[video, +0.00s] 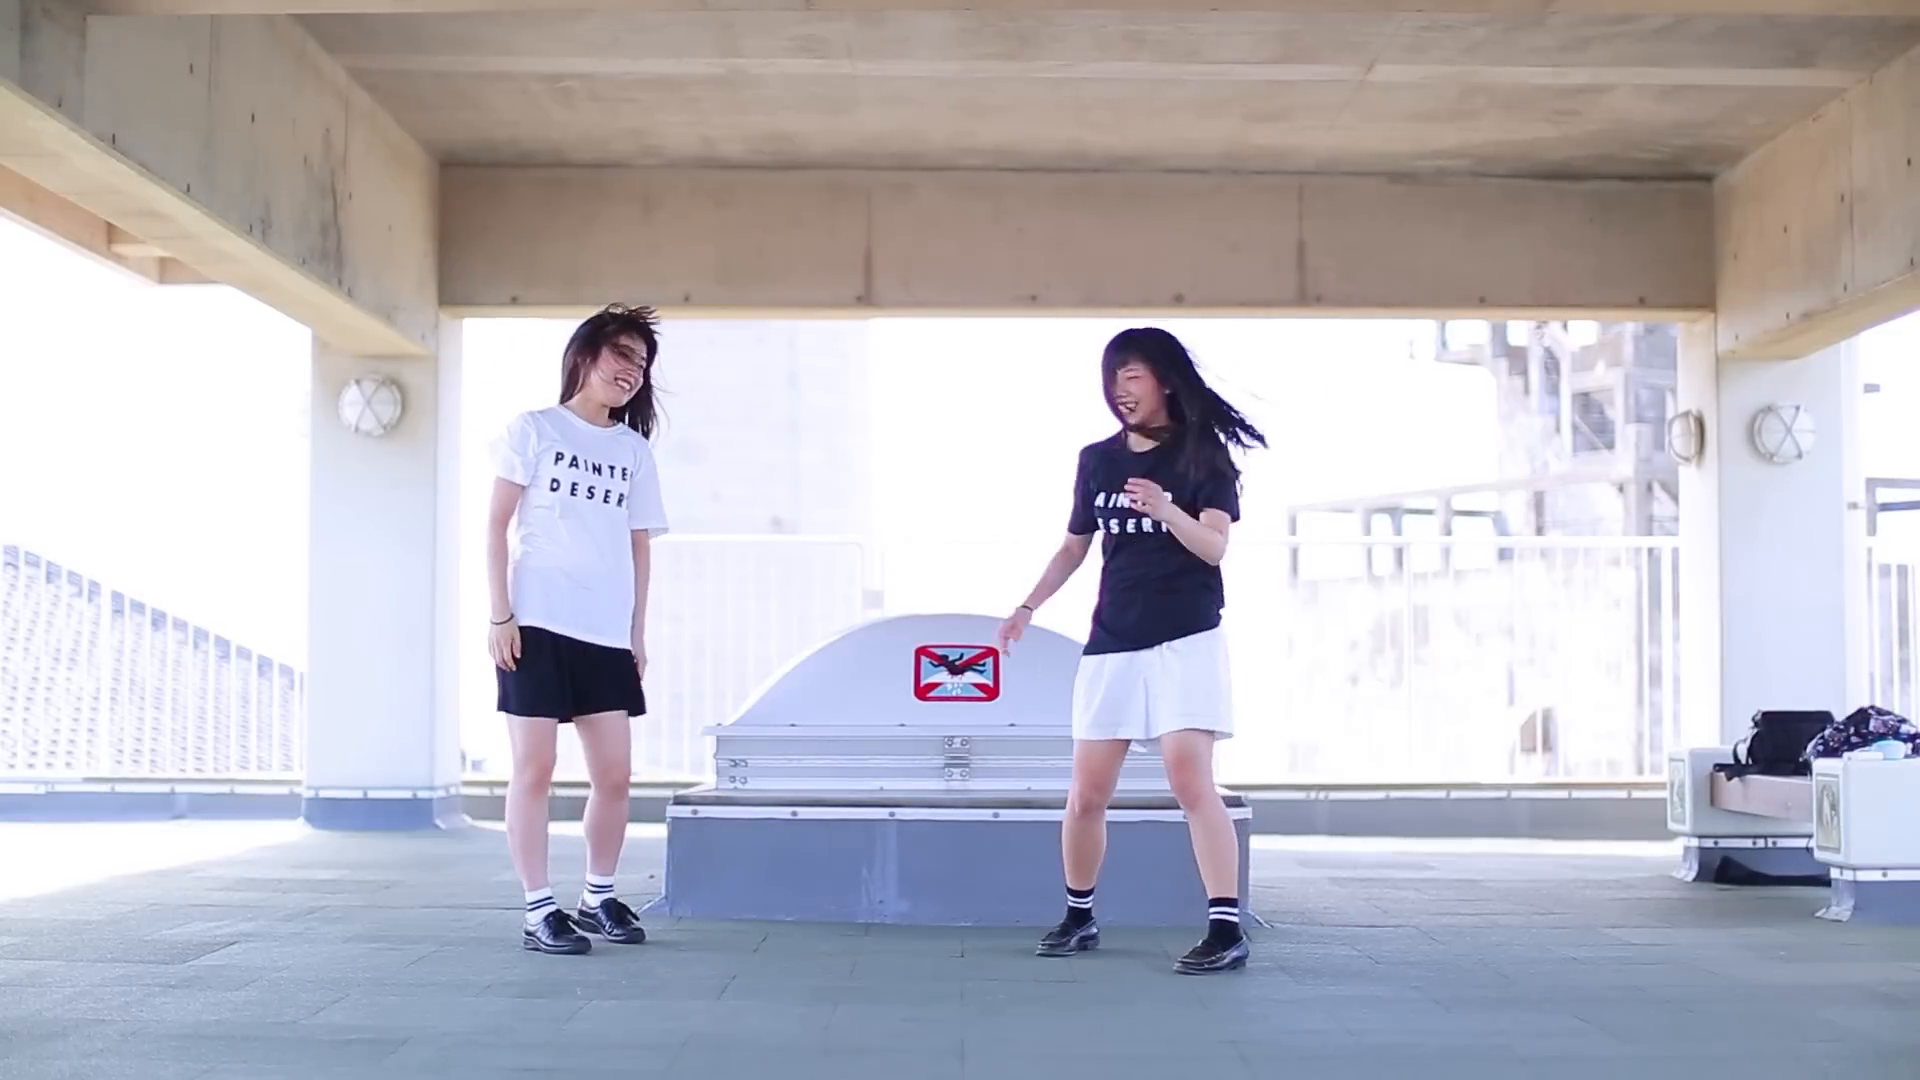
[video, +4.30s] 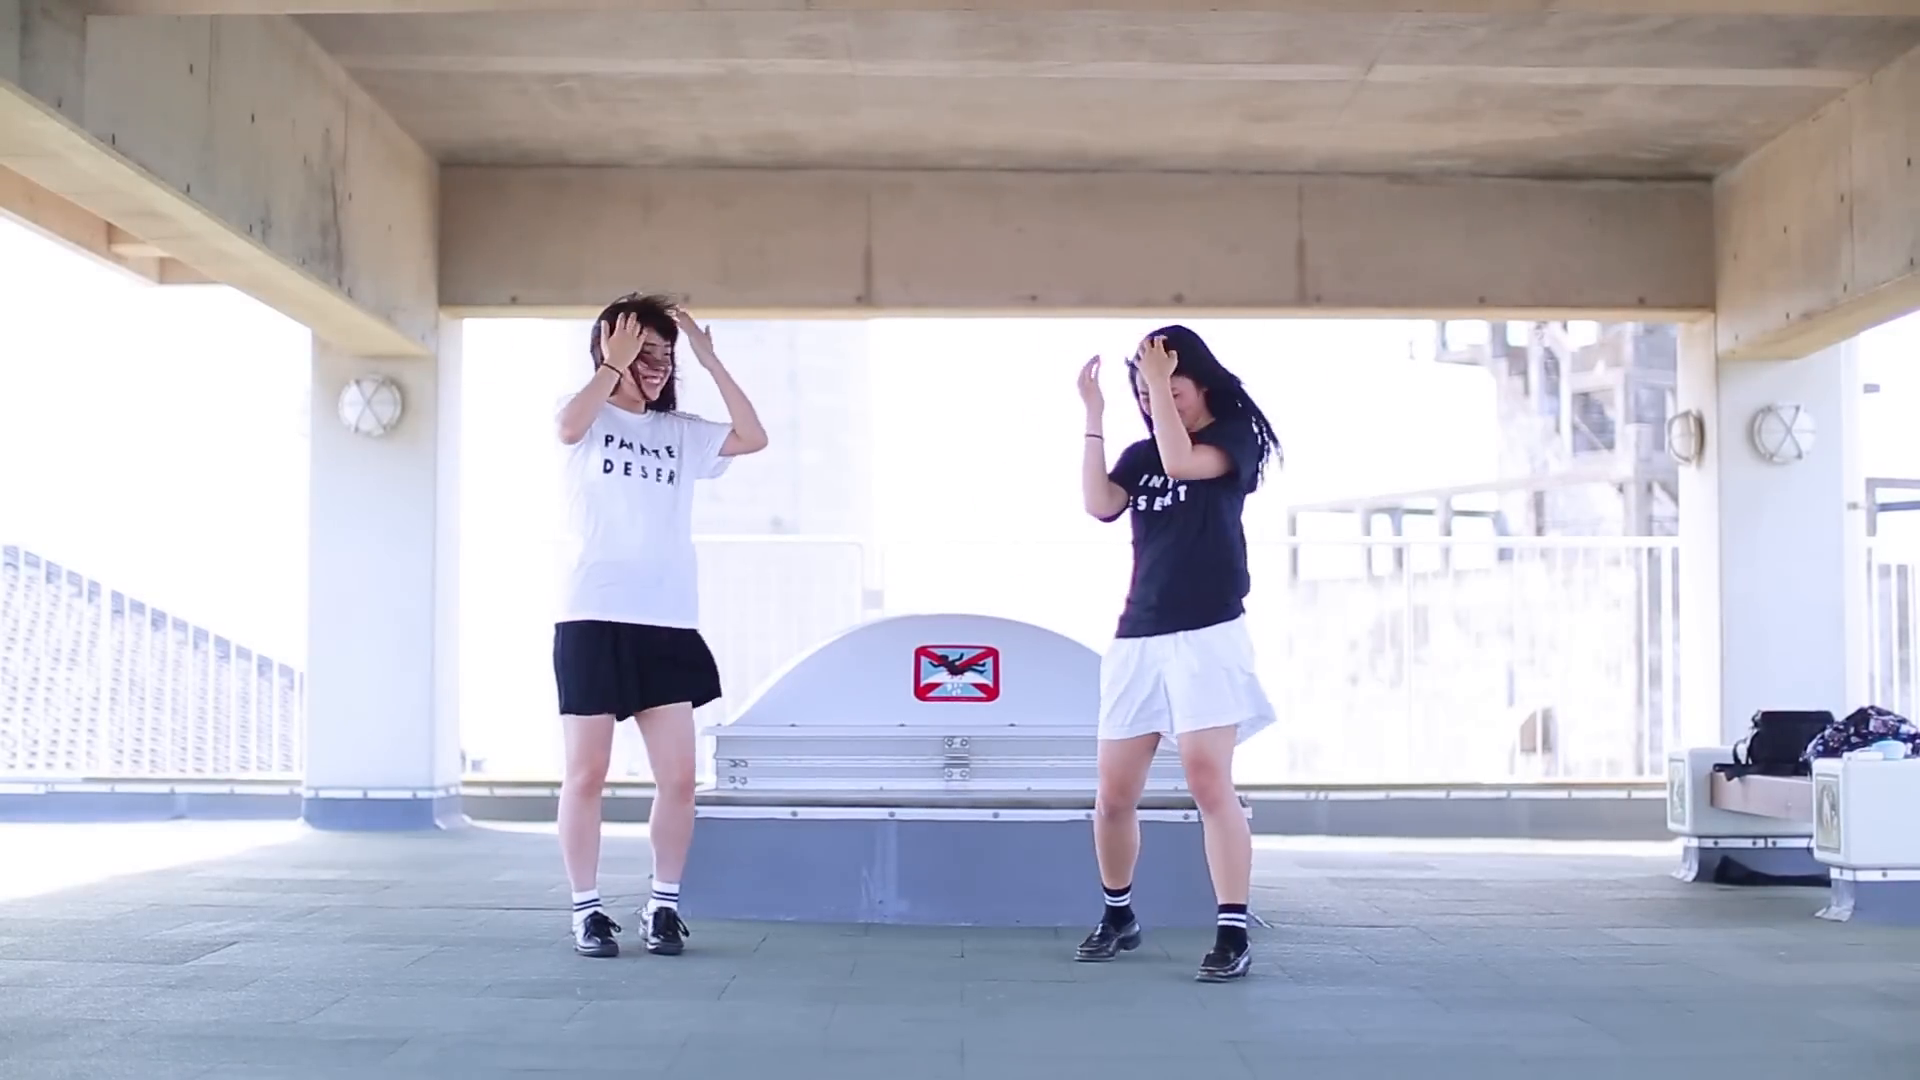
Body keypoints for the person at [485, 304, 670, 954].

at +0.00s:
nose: (627, 370)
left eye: (638, 363)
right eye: (617, 355)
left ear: (642, 377)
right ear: (584, 355)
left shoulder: (635, 450)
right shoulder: (535, 428)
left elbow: (639, 550)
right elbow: (497, 526)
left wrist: (637, 636)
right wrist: (501, 614)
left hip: (607, 634)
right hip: (536, 624)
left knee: (614, 776)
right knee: (534, 772)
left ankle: (600, 897)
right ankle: (539, 909)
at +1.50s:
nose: (616, 365)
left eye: (625, 357)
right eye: (605, 348)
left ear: (629, 369)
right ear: (568, 350)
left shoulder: (622, 442)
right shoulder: (523, 421)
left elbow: (637, 526)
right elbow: (495, 513)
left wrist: (667, 556)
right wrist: (572, 555)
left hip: (608, 626)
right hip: (539, 623)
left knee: (629, 769)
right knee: (538, 772)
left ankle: (614, 898)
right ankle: (540, 910)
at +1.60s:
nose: (613, 364)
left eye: (622, 355)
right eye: (601, 351)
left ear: (626, 362)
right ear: (567, 349)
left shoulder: (622, 437)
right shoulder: (528, 418)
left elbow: (666, 513)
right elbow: (522, 493)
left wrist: (690, 478)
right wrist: (611, 465)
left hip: (609, 623)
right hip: (542, 622)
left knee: (634, 772)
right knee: (540, 774)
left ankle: (636, 903)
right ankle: (540, 910)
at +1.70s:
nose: (614, 365)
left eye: (622, 355)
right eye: (600, 350)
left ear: (628, 364)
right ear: (565, 353)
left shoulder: (633, 434)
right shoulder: (535, 412)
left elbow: (700, 469)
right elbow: (552, 450)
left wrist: (693, 399)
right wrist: (612, 386)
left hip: (618, 627)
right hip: (549, 625)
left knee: (638, 775)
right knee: (544, 774)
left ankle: (656, 905)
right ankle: (540, 912)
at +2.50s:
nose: (661, 359)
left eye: (671, 350)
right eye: (649, 348)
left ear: (682, 358)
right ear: (623, 352)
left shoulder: (704, 419)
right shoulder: (599, 418)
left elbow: (775, 399)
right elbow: (585, 420)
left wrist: (725, 326)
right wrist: (610, 343)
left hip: (691, 621)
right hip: (618, 621)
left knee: (673, 776)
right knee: (590, 775)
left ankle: (659, 910)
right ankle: (548, 908)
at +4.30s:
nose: (651, 367)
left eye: (659, 358)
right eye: (638, 356)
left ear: (670, 363)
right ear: (607, 358)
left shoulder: (682, 430)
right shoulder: (584, 414)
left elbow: (752, 436)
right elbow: (571, 425)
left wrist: (708, 358)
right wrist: (613, 365)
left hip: (668, 623)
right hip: (592, 619)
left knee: (679, 779)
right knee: (587, 776)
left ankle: (665, 905)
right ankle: (587, 909)